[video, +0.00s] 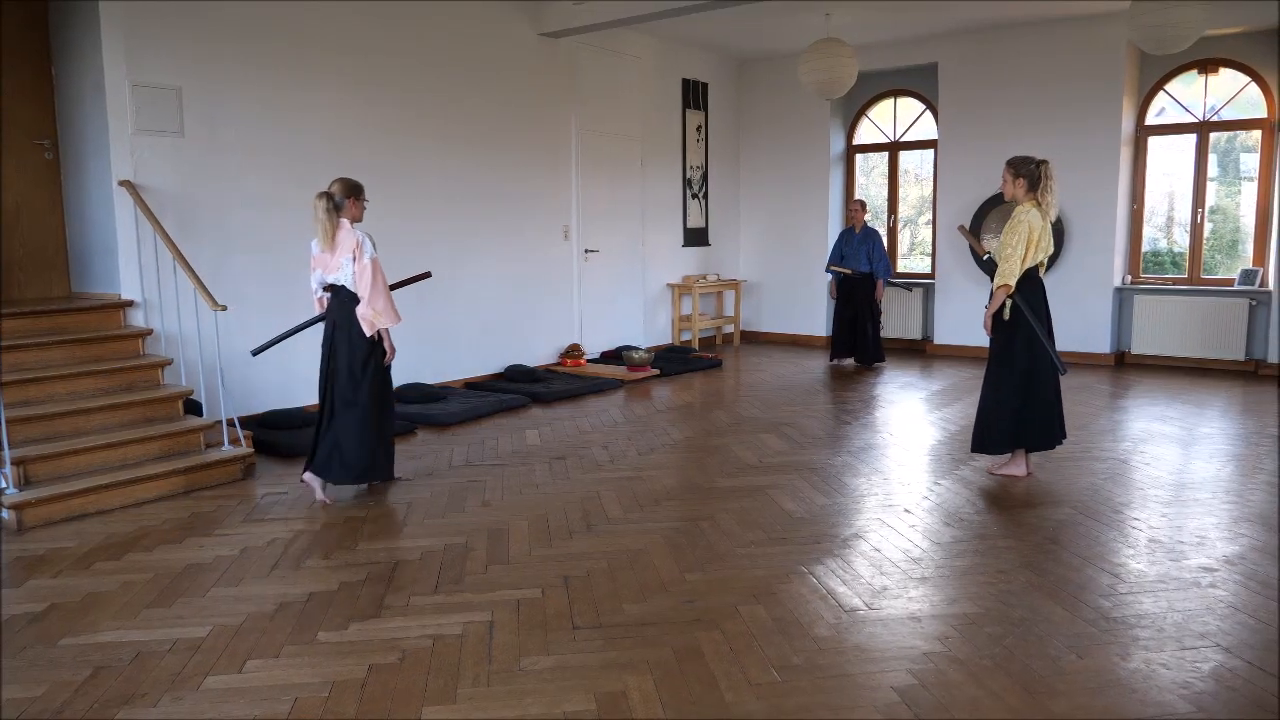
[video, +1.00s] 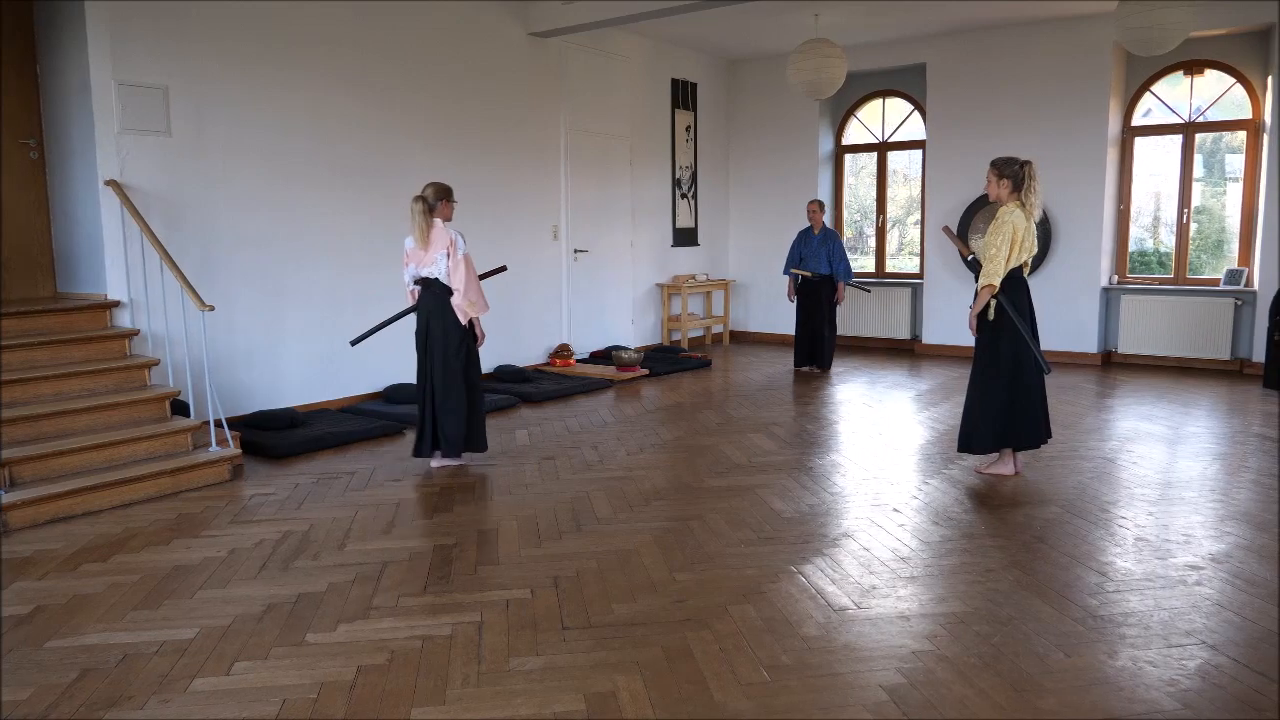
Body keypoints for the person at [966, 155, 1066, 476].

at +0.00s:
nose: (1001, 185)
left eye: (1005, 181)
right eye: (1002, 180)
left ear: (1021, 183)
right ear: (1026, 183)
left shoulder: (1022, 217)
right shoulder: (1038, 215)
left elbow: (1011, 267)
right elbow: (1011, 258)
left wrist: (991, 307)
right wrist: (980, 246)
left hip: (1018, 301)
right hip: (1031, 297)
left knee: (1017, 375)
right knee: (1024, 375)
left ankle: (1019, 458)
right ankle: (1019, 455)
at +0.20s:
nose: (998, 185)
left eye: (1002, 181)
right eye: (999, 180)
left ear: (1018, 183)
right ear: (1024, 184)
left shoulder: (1019, 217)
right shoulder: (1036, 215)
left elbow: (1007, 268)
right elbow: (1007, 258)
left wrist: (987, 308)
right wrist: (978, 247)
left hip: (1015, 300)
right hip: (1028, 297)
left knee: (1013, 374)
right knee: (1020, 374)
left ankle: (1016, 458)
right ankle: (1016, 455)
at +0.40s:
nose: (996, 186)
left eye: (1000, 181)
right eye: (997, 180)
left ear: (1015, 183)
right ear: (1022, 184)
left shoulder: (1016, 217)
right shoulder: (1034, 215)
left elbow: (1005, 268)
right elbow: (1008, 261)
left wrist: (985, 308)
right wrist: (977, 250)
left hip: (1013, 301)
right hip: (1026, 298)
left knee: (1012, 375)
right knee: (1018, 375)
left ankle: (1014, 458)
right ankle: (1015, 454)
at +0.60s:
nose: (994, 186)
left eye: (997, 181)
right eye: (995, 180)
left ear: (1013, 184)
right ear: (1020, 184)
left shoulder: (1014, 217)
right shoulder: (1032, 215)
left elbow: (1002, 269)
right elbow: (1009, 259)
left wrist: (983, 309)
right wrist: (976, 251)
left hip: (1010, 301)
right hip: (1025, 298)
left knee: (1009, 375)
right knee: (1017, 374)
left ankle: (1012, 458)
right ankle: (1014, 455)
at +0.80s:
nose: (990, 186)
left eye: (994, 181)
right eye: (991, 181)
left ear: (1009, 184)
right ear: (1016, 185)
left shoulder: (1010, 217)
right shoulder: (1028, 215)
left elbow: (998, 269)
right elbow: (1004, 262)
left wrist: (979, 309)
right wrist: (972, 252)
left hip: (1007, 302)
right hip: (1021, 298)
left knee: (1007, 375)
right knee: (1012, 375)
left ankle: (1010, 458)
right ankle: (1009, 453)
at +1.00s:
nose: (986, 186)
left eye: (990, 181)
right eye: (987, 181)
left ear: (1005, 184)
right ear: (1010, 184)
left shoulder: (1006, 217)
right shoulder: (1023, 216)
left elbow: (994, 269)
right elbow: (988, 266)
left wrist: (975, 307)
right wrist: (962, 246)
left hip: (1002, 301)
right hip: (1016, 298)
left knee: (1003, 375)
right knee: (1011, 374)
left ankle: (1007, 457)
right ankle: (1008, 454)